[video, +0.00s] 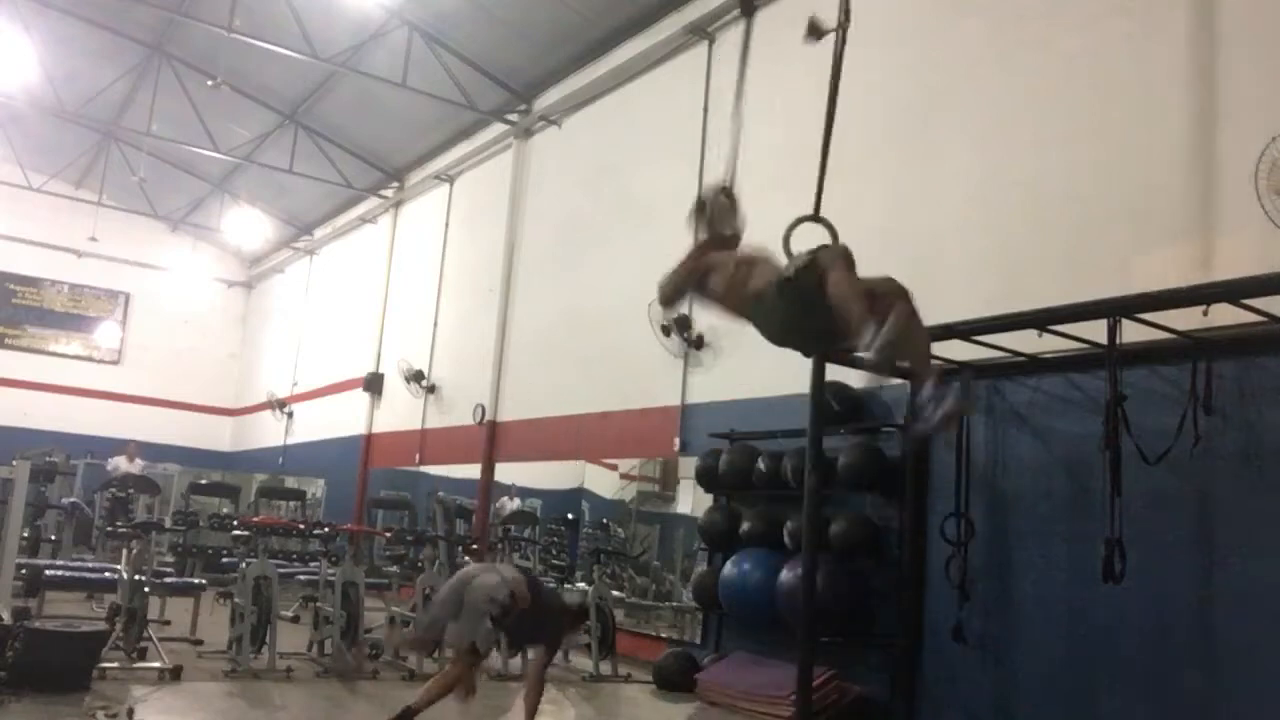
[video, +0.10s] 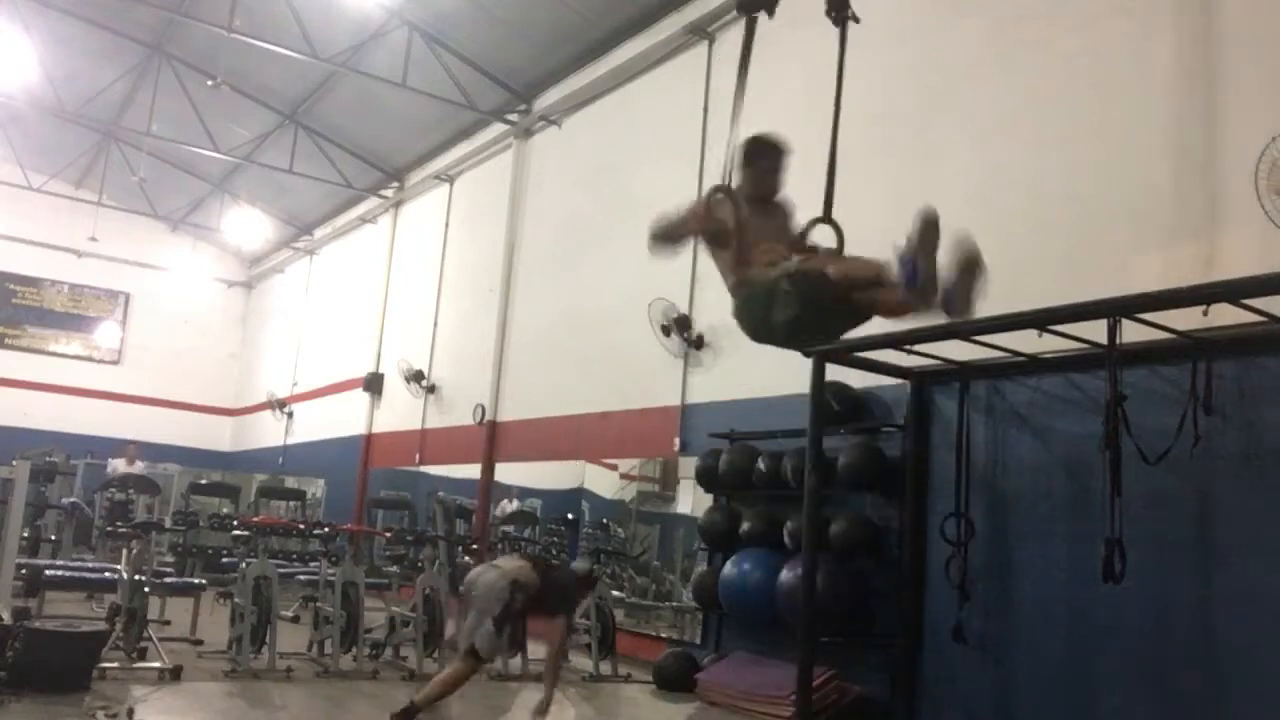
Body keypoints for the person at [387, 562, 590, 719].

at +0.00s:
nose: (574, 633)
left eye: (577, 629)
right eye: (577, 628)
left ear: (564, 603)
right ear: (576, 621)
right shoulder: (556, 619)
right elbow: (534, 676)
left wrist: (469, 675)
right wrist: (529, 717)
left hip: (472, 569)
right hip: (497, 585)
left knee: (423, 640)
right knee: (459, 668)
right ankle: (409, 711)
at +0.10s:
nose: (587, 595)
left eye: (588, 591)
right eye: (589, 589)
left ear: (570, 568)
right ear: (587, 584)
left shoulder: (544, 571)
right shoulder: (568, 589)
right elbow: (557, 649)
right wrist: (547, 699)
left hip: (475, 576)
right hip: (500, 585)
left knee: (468, 656)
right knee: (468, 662)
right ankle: (408, 711)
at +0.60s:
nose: (680, 510)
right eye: (681, 505)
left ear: (661, 496)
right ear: (679, 504)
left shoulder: (639, 512)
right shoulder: (663, 523)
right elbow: (649, 571)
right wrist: (646, 614)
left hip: (582, 564)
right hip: (604, 571)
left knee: (585, 643)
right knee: (629, 637)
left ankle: (563, 704)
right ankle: (612, 704)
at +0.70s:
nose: (691, 514)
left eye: (691, 509)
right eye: (691, 509)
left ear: (667, 498)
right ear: (686, 506)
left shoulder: (646, 510)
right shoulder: (677, 522)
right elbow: (664, 564)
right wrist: (657, 609)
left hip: (603, 568)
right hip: (627, 576)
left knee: (602, 648)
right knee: (657, 648)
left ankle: (568, 704)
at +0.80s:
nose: (707, 507)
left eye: (707, 503)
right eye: (706, 503)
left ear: (682, 498)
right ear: (700, 503)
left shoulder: (666, 512)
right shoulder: (693, 523)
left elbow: (641, 547)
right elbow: (684, 569)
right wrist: (682, 615)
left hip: (630, 576)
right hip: (650, 582)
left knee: (629, 651)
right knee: (683, 649)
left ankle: (585, 691)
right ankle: (678, 712)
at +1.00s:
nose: (734, 483)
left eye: (734, 477)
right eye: (731, 478)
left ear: (705, 478)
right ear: (723, 479)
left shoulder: (693, 501)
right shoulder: (717, 507)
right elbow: (719, 547)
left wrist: (718, 563)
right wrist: (732, 567)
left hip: (667, 569)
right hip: (685, 573)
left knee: (679, 646)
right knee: (696, 648)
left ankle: (662, 705)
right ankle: (680, 710)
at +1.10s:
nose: (743, 483)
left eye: (743, 477)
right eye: (739, 477)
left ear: (716, 480)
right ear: (724, 479)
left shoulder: (707, 501)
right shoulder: (720, 503)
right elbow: (733, 546)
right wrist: (761, 567)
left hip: (685, 571)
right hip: (695, 574)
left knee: (701, 648)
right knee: (697, 649)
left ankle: (704, 705)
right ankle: (679, 711)